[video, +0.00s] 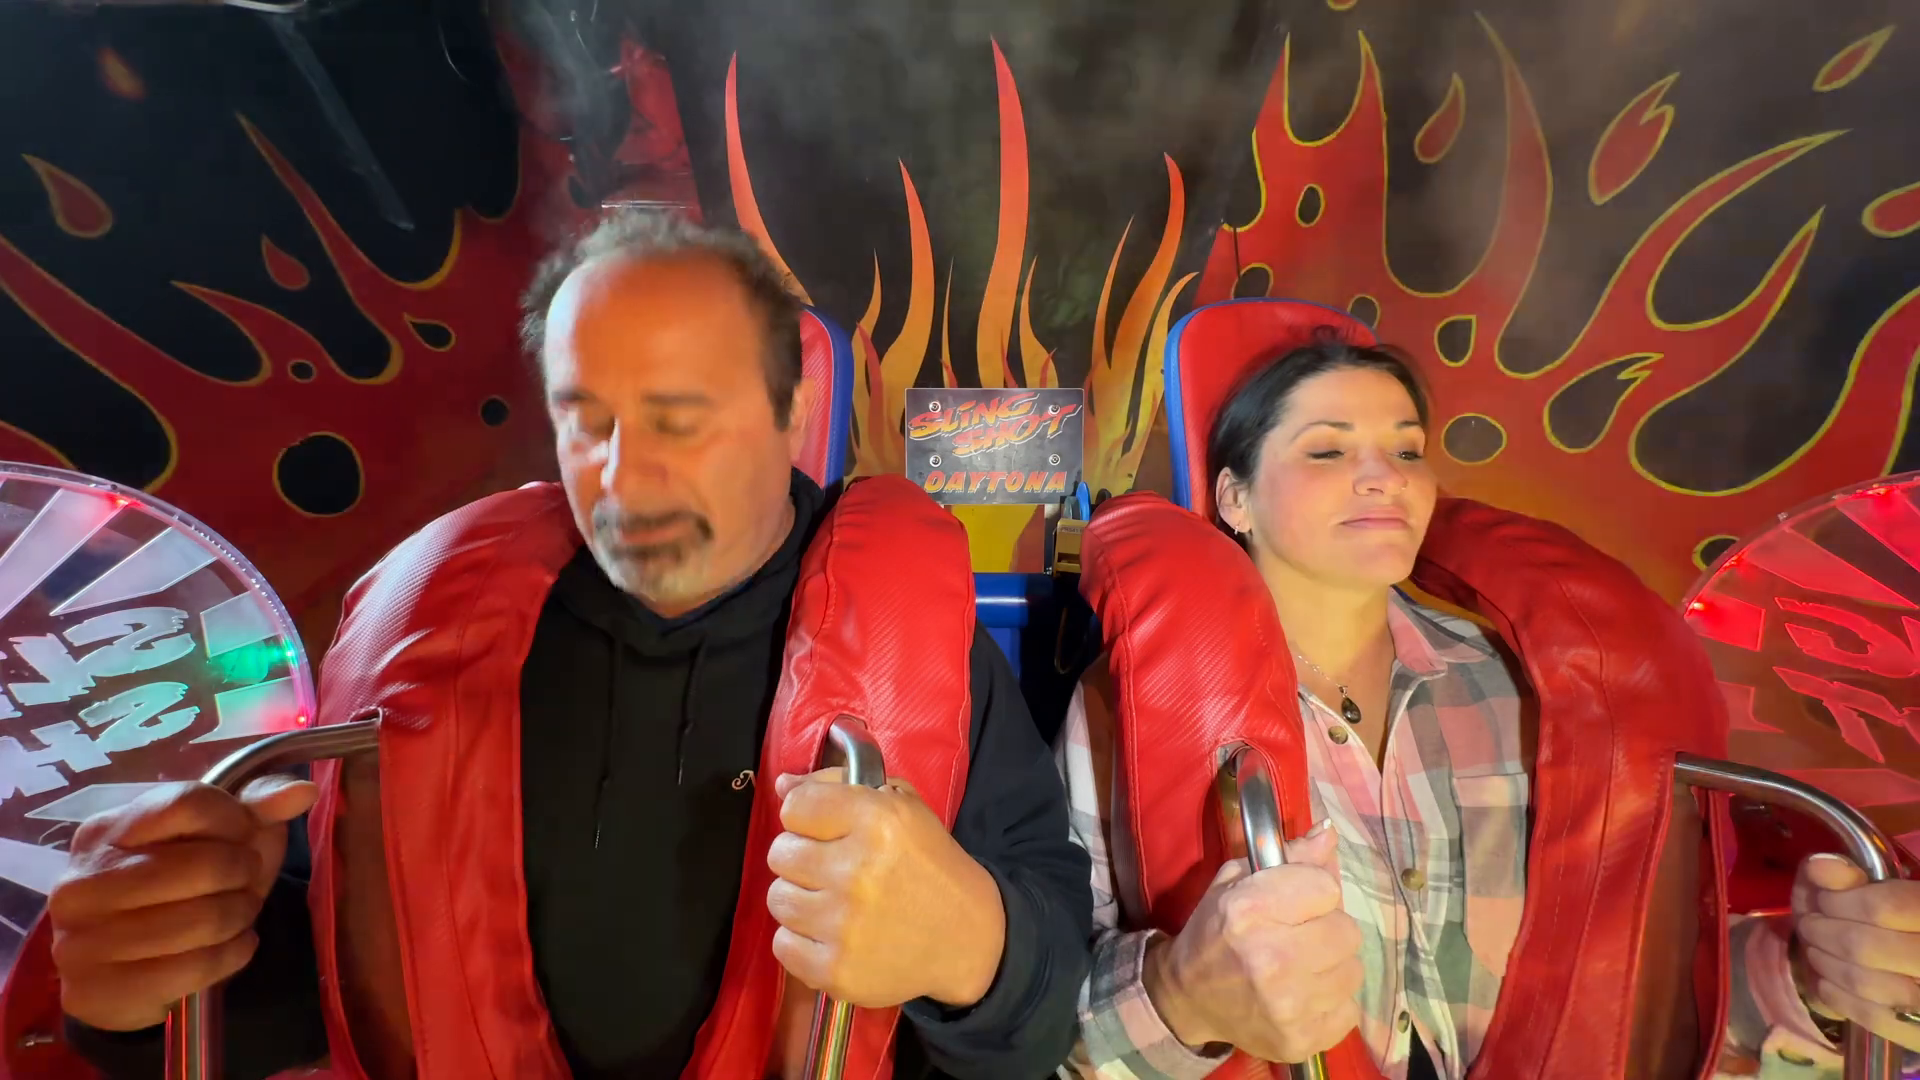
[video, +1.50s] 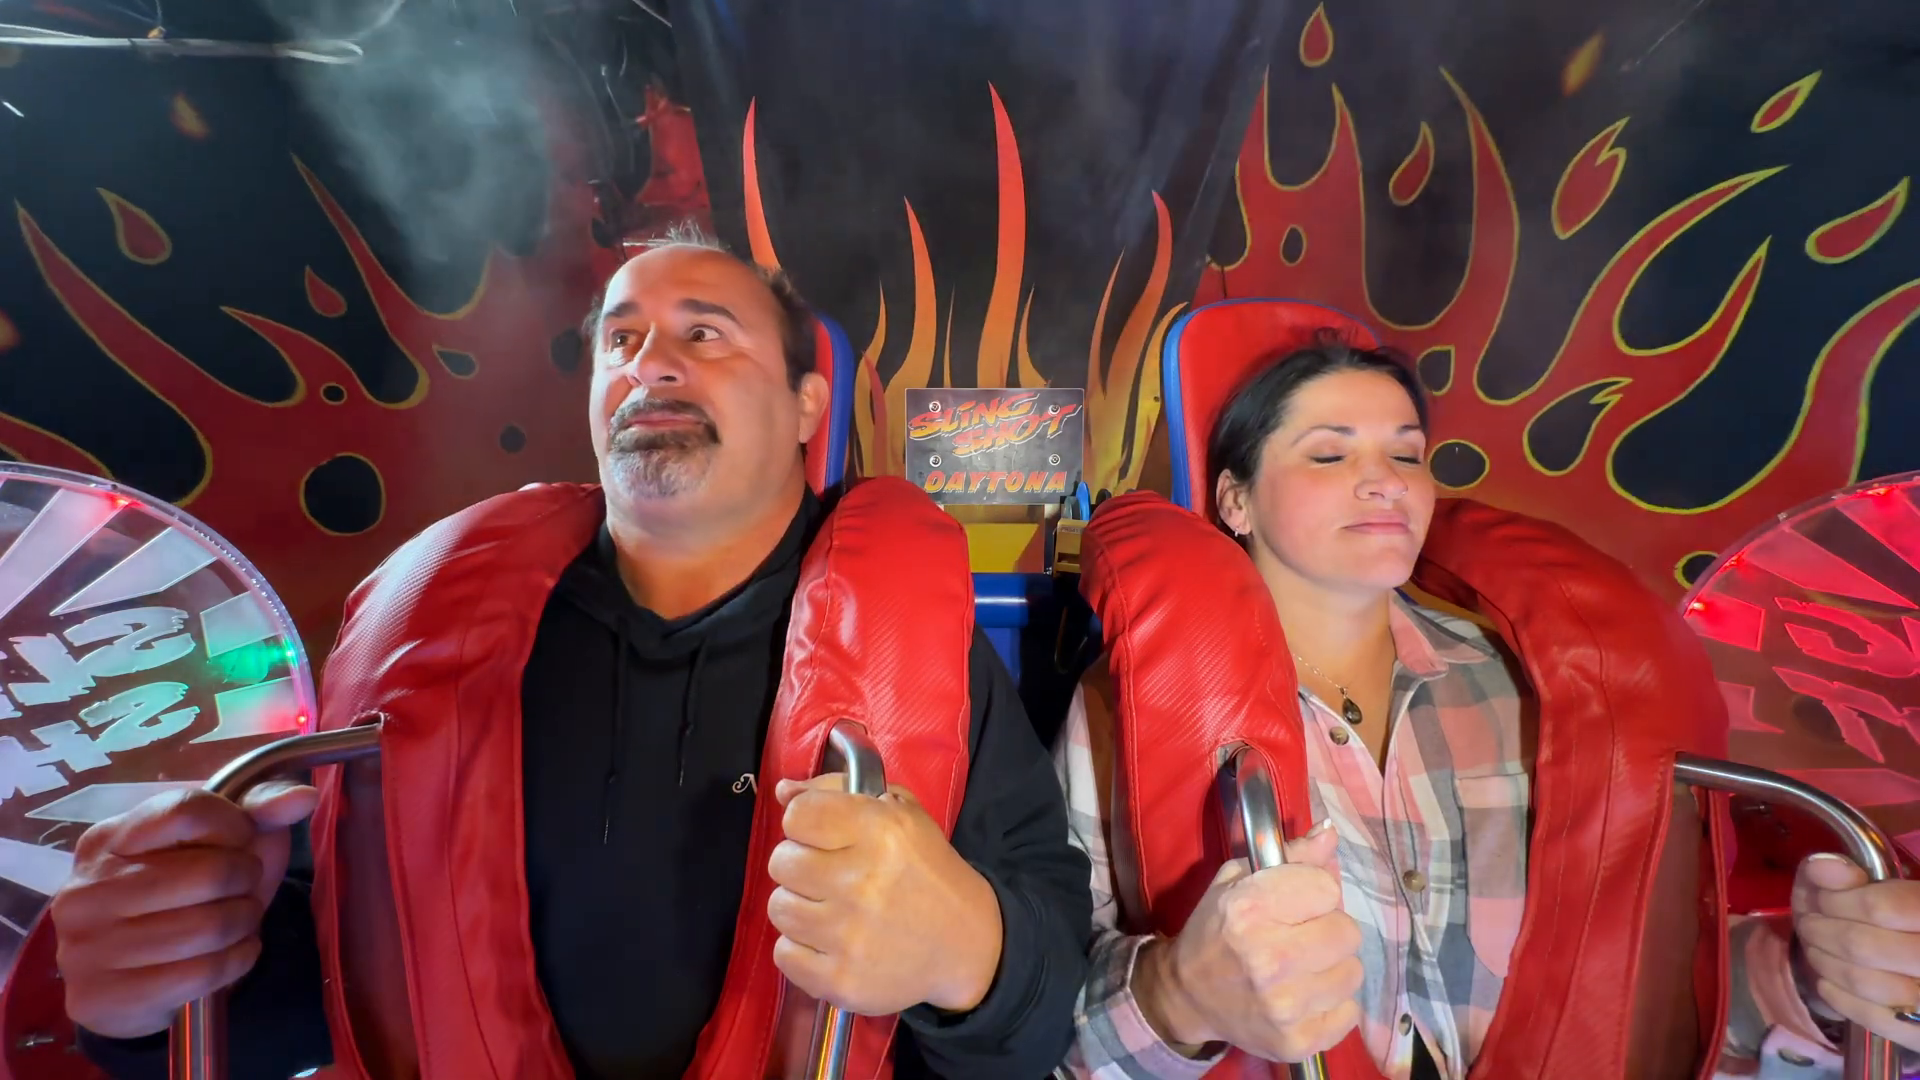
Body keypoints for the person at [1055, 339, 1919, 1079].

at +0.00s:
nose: (1382, 485)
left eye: (1405, 454)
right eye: (1328, 454)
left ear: (1436, 487)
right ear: (1235, 500)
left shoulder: (1514, 692)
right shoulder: (1137, 715)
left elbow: (1605, 972)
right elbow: (1055, 1029)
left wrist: (1801, 972)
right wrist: (1173, 1003)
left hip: (1488, 1066)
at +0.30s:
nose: (1382, 483)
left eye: (1405, 454)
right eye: (1328, 453)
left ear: (1435, 488)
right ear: (1236, 500)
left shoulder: (1523, 695)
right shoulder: (1138, 717)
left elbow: (1616, 974)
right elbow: (1054, 1034)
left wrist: (1800, 970)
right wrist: (1171, 1006)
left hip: (1491, 1067)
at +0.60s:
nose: (1383, 485)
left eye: (1405, 456)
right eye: (1328, 456)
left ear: (1435, 489)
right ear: (1235, 501)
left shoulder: (1520, 693)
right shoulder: (1138, 716)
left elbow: (1612, 974)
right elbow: (1053, 1031)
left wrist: (1801, 972)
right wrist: (1172, 1004)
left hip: (1496, 1068)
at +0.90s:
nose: (1384, 487)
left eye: (1404, 458)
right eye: (1330, 458)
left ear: (1433, 491)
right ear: (1236, 502)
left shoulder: (1513, 692)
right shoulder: (1140, 713)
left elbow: (1617, 957)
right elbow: (1061, 1033)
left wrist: (1812, 976)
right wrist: (1173, 1001)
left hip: (1490, 1066)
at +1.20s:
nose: (1386, 485)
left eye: (1405, 456)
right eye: (1330, 456)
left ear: (1432, 490)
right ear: (1237, 503)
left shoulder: (1517, 690)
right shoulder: (1144, 711)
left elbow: (1618, 959)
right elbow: (1059, 1034)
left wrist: (1807, 976)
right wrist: (1171, 1000)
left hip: (1494, 1063)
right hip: (1263, 1070)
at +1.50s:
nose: (1385, 483)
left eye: (1406, 456)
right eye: (1330, 456)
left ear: (1434, 492)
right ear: (1237, 502)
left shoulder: (1520, 690)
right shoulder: (1142, 713)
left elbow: (1614, 969)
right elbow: (1053, 1034)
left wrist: (1803, 974)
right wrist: (1172, 999)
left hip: (1497, 1064)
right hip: (1260, 1071)